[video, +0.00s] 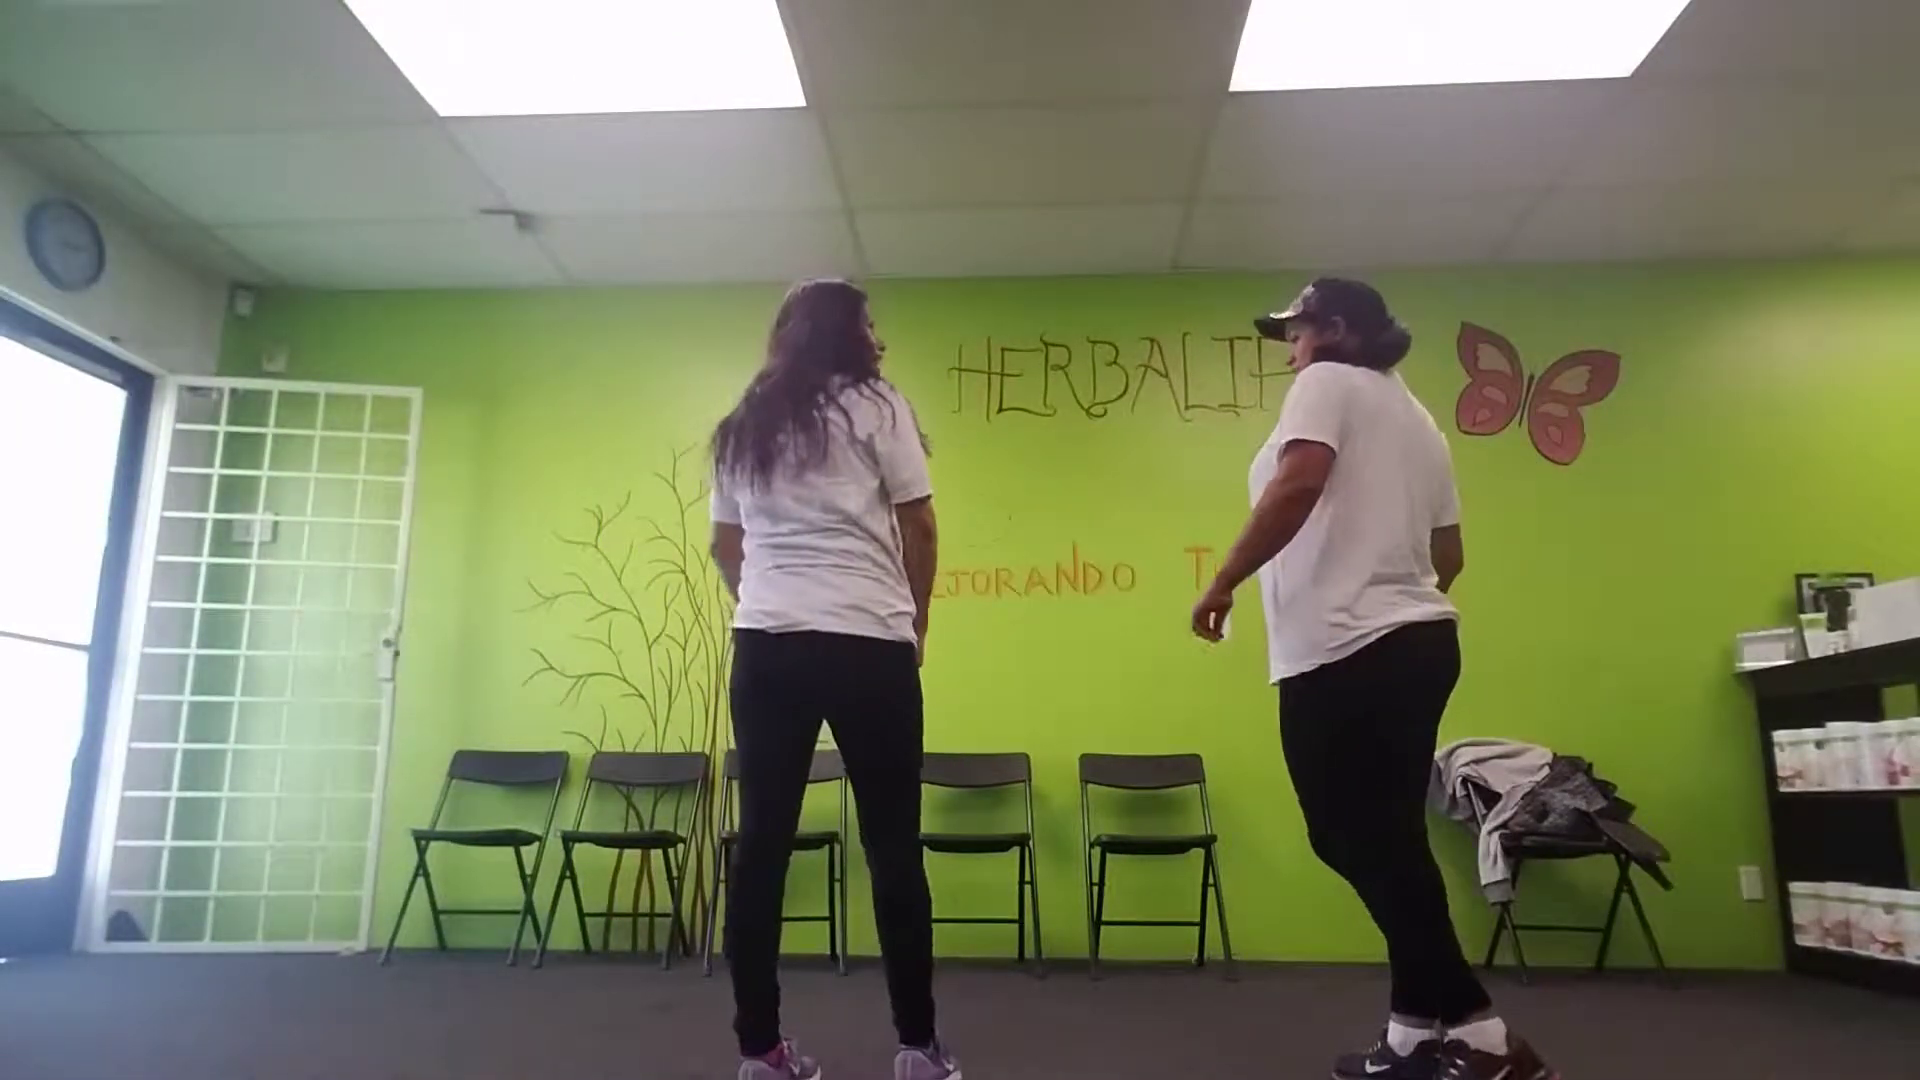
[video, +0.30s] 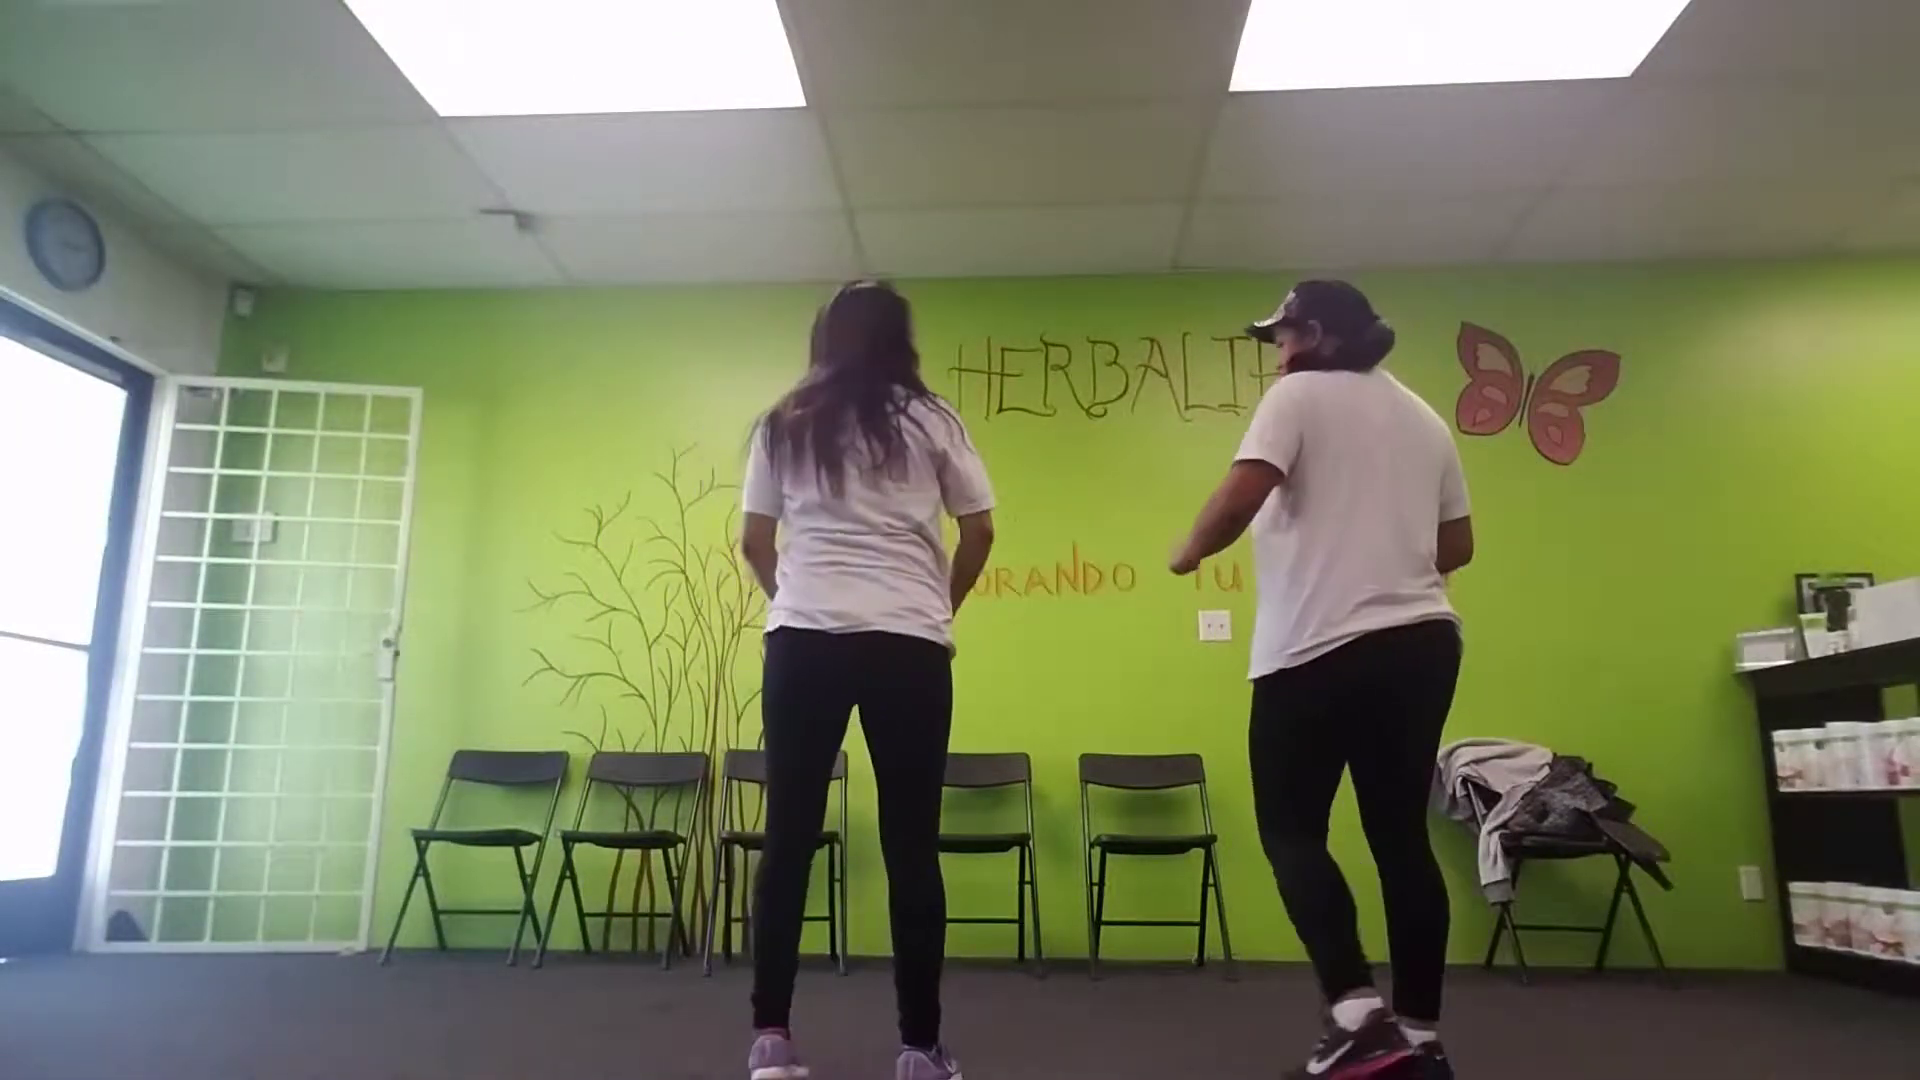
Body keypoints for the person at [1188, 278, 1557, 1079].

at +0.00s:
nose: (1289, 347)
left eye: (1296, 332)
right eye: (1290, 333)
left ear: (1335, 331)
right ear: (1364, 337)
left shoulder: (1325, 381)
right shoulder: (1419, 419)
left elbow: (1300, 482)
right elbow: (1446, 557)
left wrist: (1224, 581)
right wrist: (1376, 605)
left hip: (1344, 645)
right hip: (1418, 640)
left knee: (1348, 835)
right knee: (1393, 836)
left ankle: (1473, 1027)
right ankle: (1414, 1033)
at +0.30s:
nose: (1276, 351)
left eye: (1284, 337)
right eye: (1277, 337)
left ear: (1319, 336)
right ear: (1359, 340)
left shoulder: (1295, 395)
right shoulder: (1424, 417)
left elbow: (1244, 492)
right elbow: (1455, 545)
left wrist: (1189, 551)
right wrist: (1375, 566)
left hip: (1316, 651)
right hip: (1422, 645)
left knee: (1293, 832)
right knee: (1402, 832)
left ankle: (1358, 1014)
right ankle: (1419, 1033)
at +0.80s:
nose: (1215, 334)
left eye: (1221, 320)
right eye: (1217, 320)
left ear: (1243, 323)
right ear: (1303, 322)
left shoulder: (1198, 396)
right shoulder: (1361, 400)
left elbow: (1166, 513)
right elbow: (1367, 508)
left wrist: (1249, 479)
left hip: (1236, 649)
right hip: (1359, 640)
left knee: (1233, 847)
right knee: (1369, 833)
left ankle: (1235, 1050)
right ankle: (1411, 1039)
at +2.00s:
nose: (1224, 458)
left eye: (1229, 443)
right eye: (1225, 443)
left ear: (1259, 440)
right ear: (1305, 443)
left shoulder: (1219, 514)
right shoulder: (1373, 510)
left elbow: (1187, 618)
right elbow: (1375, 595)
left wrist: (1266, 583)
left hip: (1274, 716)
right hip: (1409, 709)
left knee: (1200, 863)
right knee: (1399, 862)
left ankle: (1231, 1049)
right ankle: (1424, 1043)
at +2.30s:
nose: (1215, 579)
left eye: (1219, 566)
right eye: (1215, 566)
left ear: (1249, 565)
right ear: (1299, 566)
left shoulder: (1212, 634)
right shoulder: (1360, 626)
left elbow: (1181, 740)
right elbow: (1376, 715)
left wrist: (1239, 675)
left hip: (1272, 844)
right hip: (1421, 835)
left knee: (1174, 873)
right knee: (1392, 879)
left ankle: (1231, 1046)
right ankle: (1420, 1040)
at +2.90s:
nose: (1215, 484)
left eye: (1218, 470)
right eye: (1216, 470)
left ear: (1242, 472)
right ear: (1297, 471)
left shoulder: (1206, 540)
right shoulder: (1354, 536)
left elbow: (1174, 646)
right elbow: (1363, 615)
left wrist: (1249, 598)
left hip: (1261, 735)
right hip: (1394, 725)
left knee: (1186, 869)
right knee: (1393, 870)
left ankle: (1231, 1044)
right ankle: (1420, 1038)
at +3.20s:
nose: (1218, 361)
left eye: (1222, 347)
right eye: (1219, 348)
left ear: (1250, 345)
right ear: (1300, 344)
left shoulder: (1210, 415)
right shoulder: (1368, 418)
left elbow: (1160, 529)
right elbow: (1398, 538)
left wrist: (1242, 527)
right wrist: (1316, 539)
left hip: (1247, 645)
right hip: (1368, 637)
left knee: (1226, 846)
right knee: (1383, 836)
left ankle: (1234, 1047)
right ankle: (1423, 1038)